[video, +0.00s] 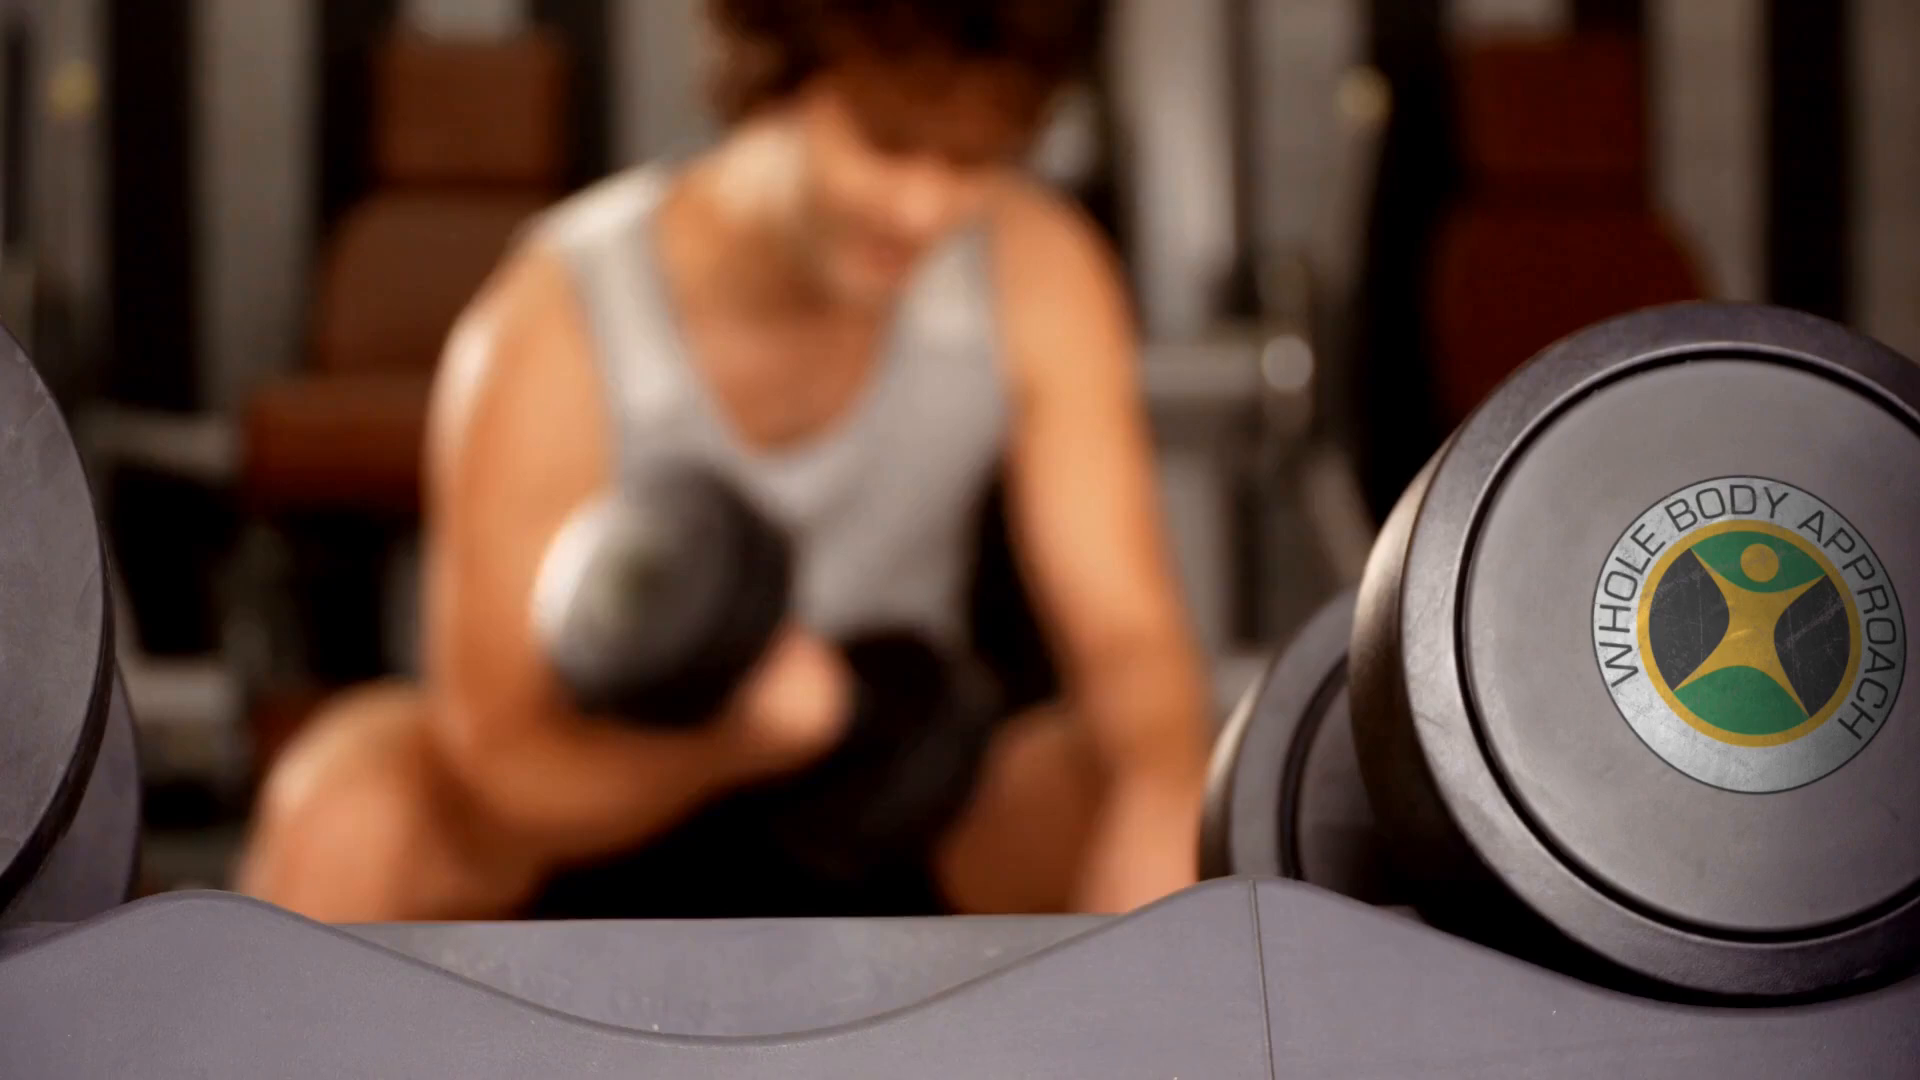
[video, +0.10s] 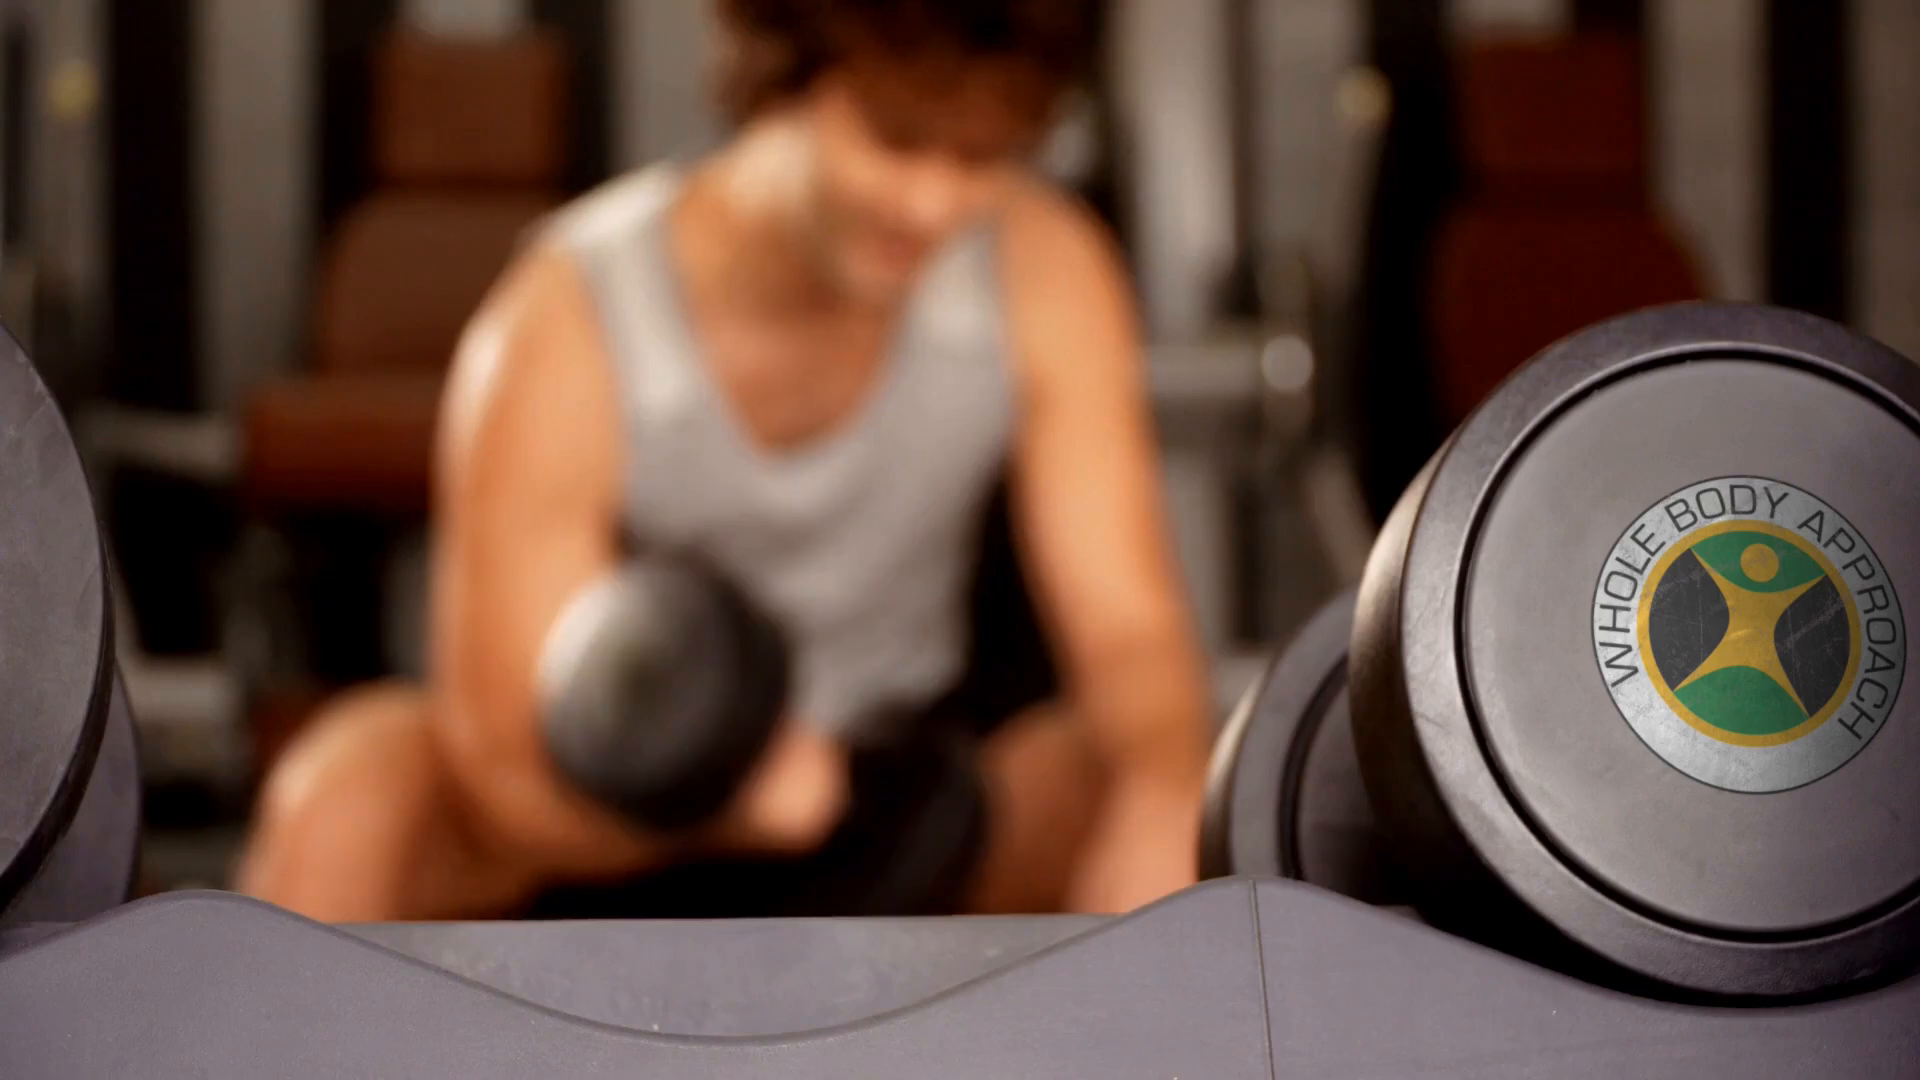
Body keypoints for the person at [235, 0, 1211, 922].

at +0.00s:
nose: (924, 209)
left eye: (975, 163)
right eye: (887, 144)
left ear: (1021, 147)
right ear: (777, 79)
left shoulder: (1031, 263)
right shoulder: (550, 322)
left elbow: (1131, 646)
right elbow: (513, 774)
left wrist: (1155, 832)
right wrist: (743, 738)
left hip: (885, 795)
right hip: (597, 809)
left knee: (1165, 799)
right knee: (345, 802)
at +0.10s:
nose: (934, 205)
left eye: (985, 158)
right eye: (897, 142)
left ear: (1031, 141)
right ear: (786, 81)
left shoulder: (1039, 262)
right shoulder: (566, 313)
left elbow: (1132, 644)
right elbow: (512, 774)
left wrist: (1157, 821)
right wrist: (739, 798)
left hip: (898, 815)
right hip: (619, 818)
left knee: (1170, 783)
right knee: (347, 780)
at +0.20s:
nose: (946, 208)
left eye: (997, 162)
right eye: (911, 144)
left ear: (1040, 147)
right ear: (801, 83)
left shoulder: (1050, 264)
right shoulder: (587, 310)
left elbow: (1130, 642)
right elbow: (509, 753)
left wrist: (1154, 816)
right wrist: (724, 910)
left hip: (905, 766)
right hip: (625, 767)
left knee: (1168, 815)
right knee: (345, 795)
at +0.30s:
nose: (958, 213)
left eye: (1006, 168)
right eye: (924, 151)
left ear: (1047, 149)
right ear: (812, 88)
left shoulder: (1055, 266)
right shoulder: (600, 312)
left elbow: (1132, 646)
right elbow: (511, 775)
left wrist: (1154, 820)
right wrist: (638, 1017)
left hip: (902, 780)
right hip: (625, 787)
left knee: (1158, 814)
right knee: (351, 792)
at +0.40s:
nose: (973, 225)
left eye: (1014, 177)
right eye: (936, 165)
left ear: (1053, 157)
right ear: (826, 108)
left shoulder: (1064, 269)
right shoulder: (617, 329)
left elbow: (1134, 653)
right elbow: (516, 801)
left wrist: (1154, 818)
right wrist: (606, 1055)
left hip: (899, 782)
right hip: (625, 792)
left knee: (1156, 822)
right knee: (358, 794)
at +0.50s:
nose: (977, 238)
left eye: (1014, 188)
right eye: (938, 177)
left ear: (1054, 166)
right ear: (829, 121)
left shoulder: (1064, 269)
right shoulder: (623, 341)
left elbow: (1136, 653)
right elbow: (523, 818)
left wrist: (1152, 817)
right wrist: (577, 1070)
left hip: (898, 783)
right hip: (622, 793)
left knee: (1157, 820)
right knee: (364, 798)